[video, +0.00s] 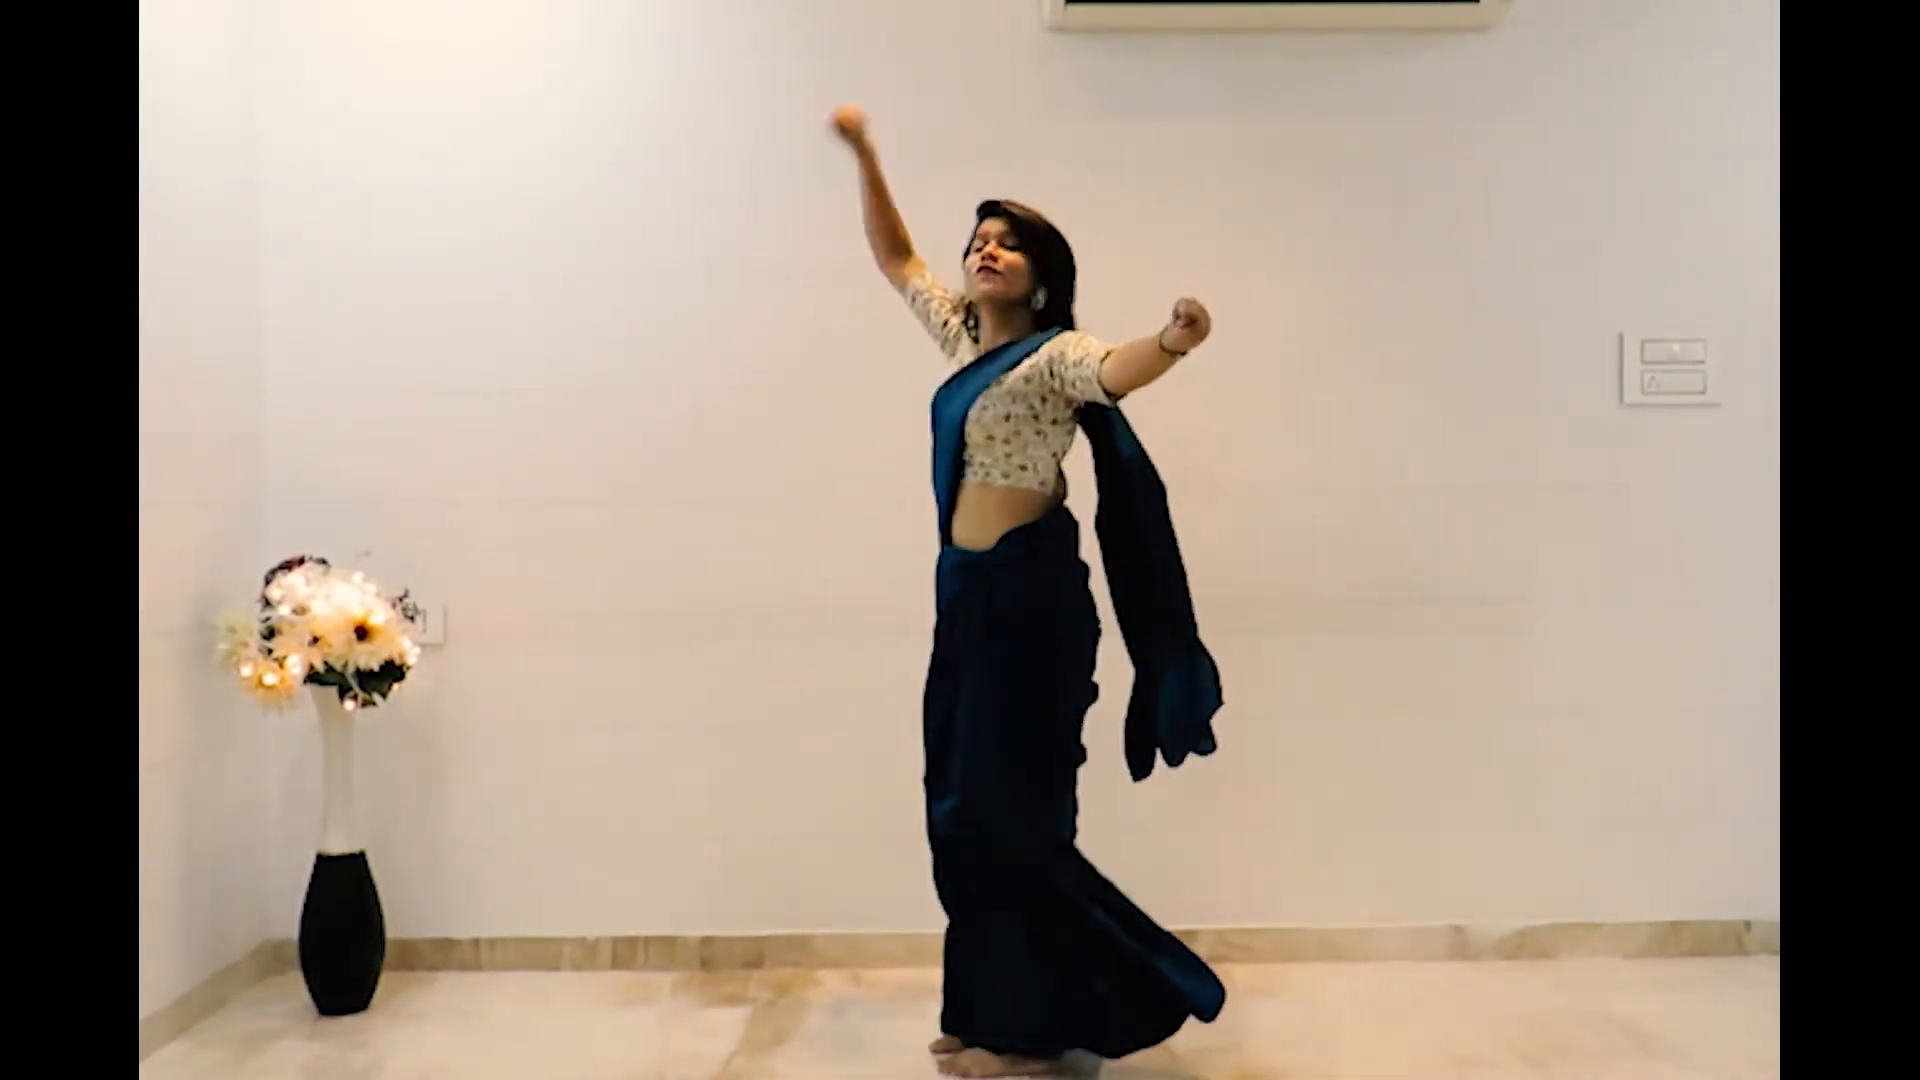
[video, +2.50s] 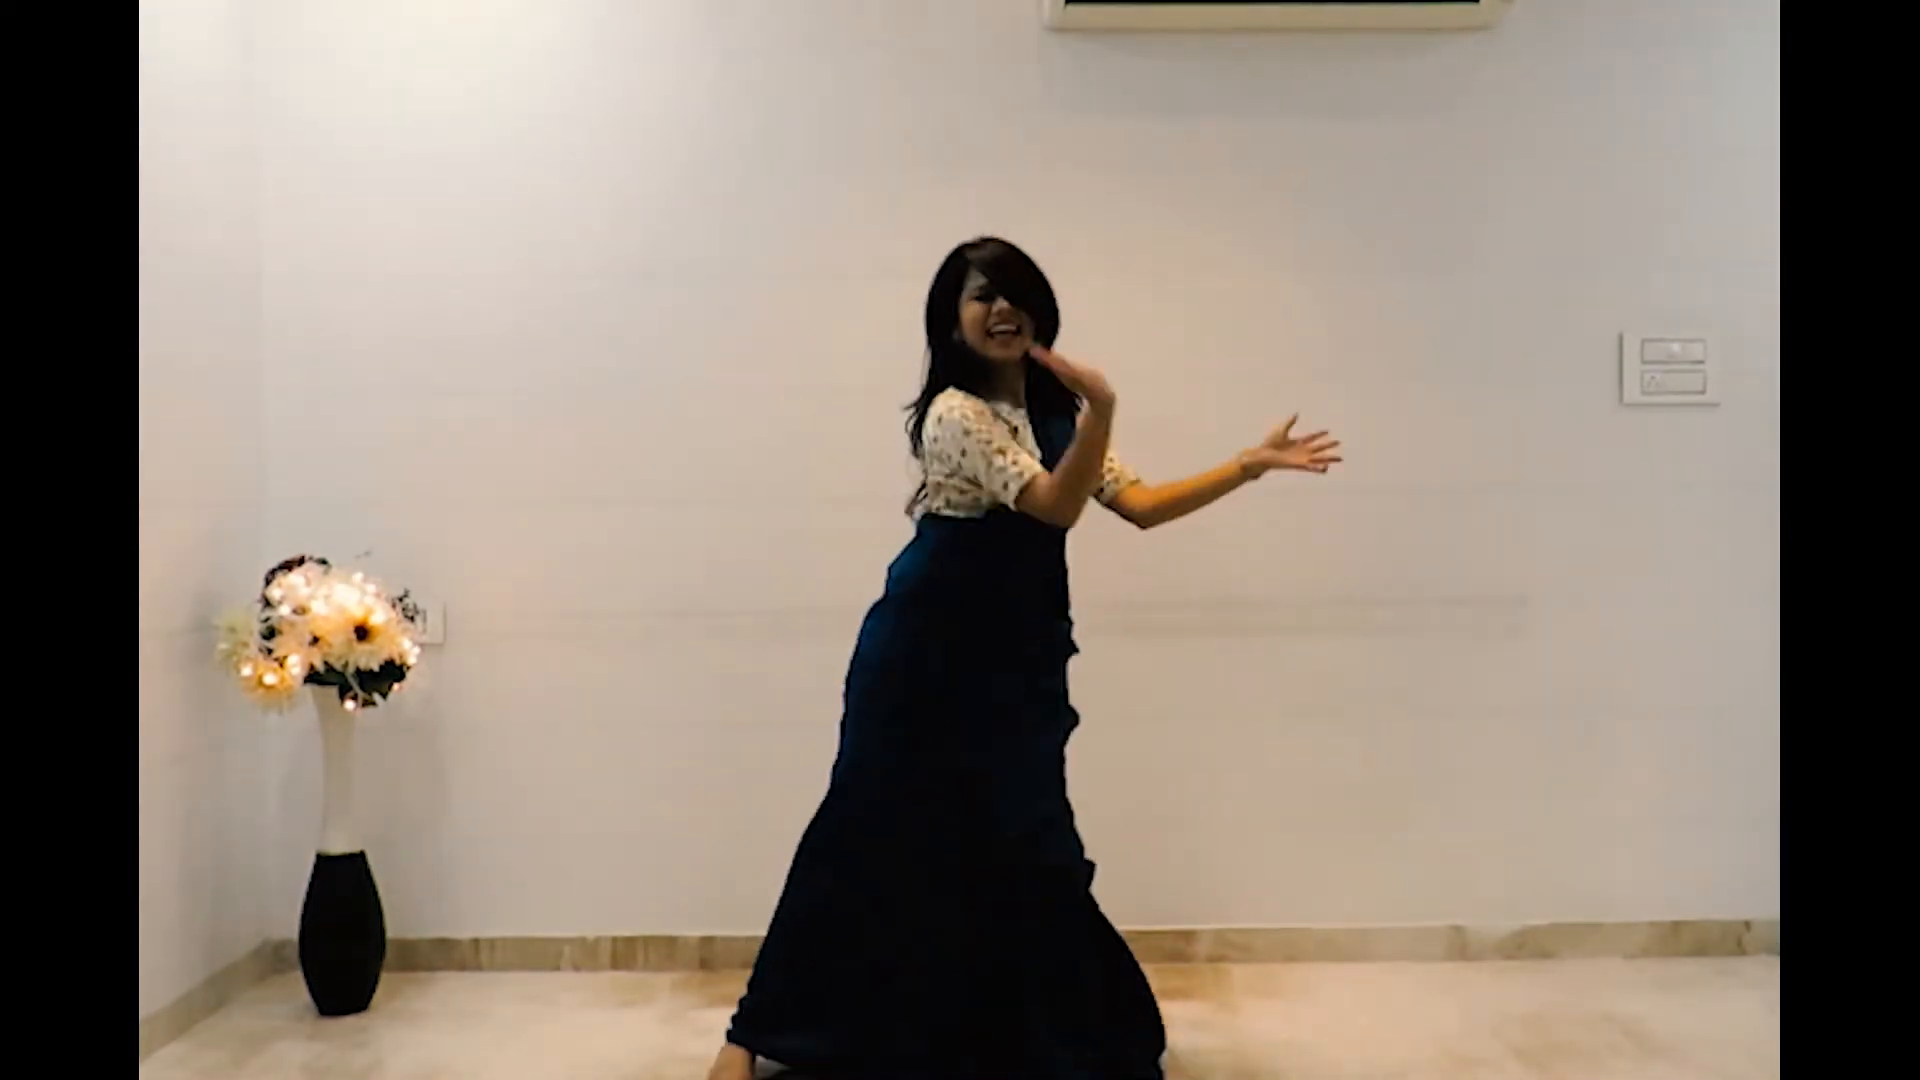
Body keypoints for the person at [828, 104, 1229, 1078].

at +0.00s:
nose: (985, 253)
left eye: (1005, 247)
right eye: (980, 245)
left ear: (1043, 275)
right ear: (967, 273)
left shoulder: (1055, 353)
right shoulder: (964, 343)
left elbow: (1113, 370)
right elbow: (898, 261)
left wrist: (1169, 342)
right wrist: (864, 155)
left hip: (1028, 596)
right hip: (965, 597)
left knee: (999, 811)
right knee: (960, 810)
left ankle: (1046, 1024)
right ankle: (995, 1022)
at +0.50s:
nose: (1001, 269)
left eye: (1020, 258)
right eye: (997, 258)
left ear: (1054, 287)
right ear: (990, 284)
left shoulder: (1058, 367)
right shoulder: (989, 364)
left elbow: (1071, 348)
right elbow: (890, 336)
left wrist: (1060, 304)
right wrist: (909, 279)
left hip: (1026, 596)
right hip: (977, 596)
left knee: (960, 803)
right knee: (973, 805)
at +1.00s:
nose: (972, 256)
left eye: (988, 247)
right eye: (979, 243)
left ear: (1029, 270)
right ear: (1018, 269)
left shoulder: (1047, 333)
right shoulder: (1005, 356)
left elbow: (1008, 330)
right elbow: (963, 405)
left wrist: (902, 351)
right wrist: (925, 424)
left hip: (1023, 581)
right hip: (989, 582)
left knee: (987, 795)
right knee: (982, 796)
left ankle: (1009, 1026)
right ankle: (999, 1019)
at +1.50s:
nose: (992, 255)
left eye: (1010, 249)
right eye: (1000, 244)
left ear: (1038, 275)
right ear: (1030, 281)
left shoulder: (1033, 361)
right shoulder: (997, 356)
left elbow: (930, 374)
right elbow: (882, 388)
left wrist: (914, 255)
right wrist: (884, 294)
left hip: (1029, 613)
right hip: (1004, 608)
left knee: (982, 803)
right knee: (986, 803)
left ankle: (1005, 1018)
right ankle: (1001, 1011)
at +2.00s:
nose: (1041, 217)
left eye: (1056, 206)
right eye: (1020, 208)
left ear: (1081, 236)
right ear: (992, 239)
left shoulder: (1120, 347)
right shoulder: (956, 324)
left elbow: (1207, 438)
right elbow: (828, 387)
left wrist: (1188, 461)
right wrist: (924, 464)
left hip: (1067, 598)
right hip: (965, 594)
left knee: (1061, 790)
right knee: (972, 802)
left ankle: (1097, 1017)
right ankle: (1003, 1025)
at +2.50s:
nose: (1004, 308)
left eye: (1017, 295)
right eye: (984, 296)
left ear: (1040, 313)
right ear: (951, 317)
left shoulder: (1055, 414)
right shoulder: (952, 414)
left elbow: (1140, 504)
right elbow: (1054, 504)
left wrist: (1253, 463)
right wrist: (1100, 409)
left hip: (1017, 660)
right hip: (924, 656)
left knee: (1037, 863)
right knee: (863, 844)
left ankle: (1055, 1050)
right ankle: (746, 1045)